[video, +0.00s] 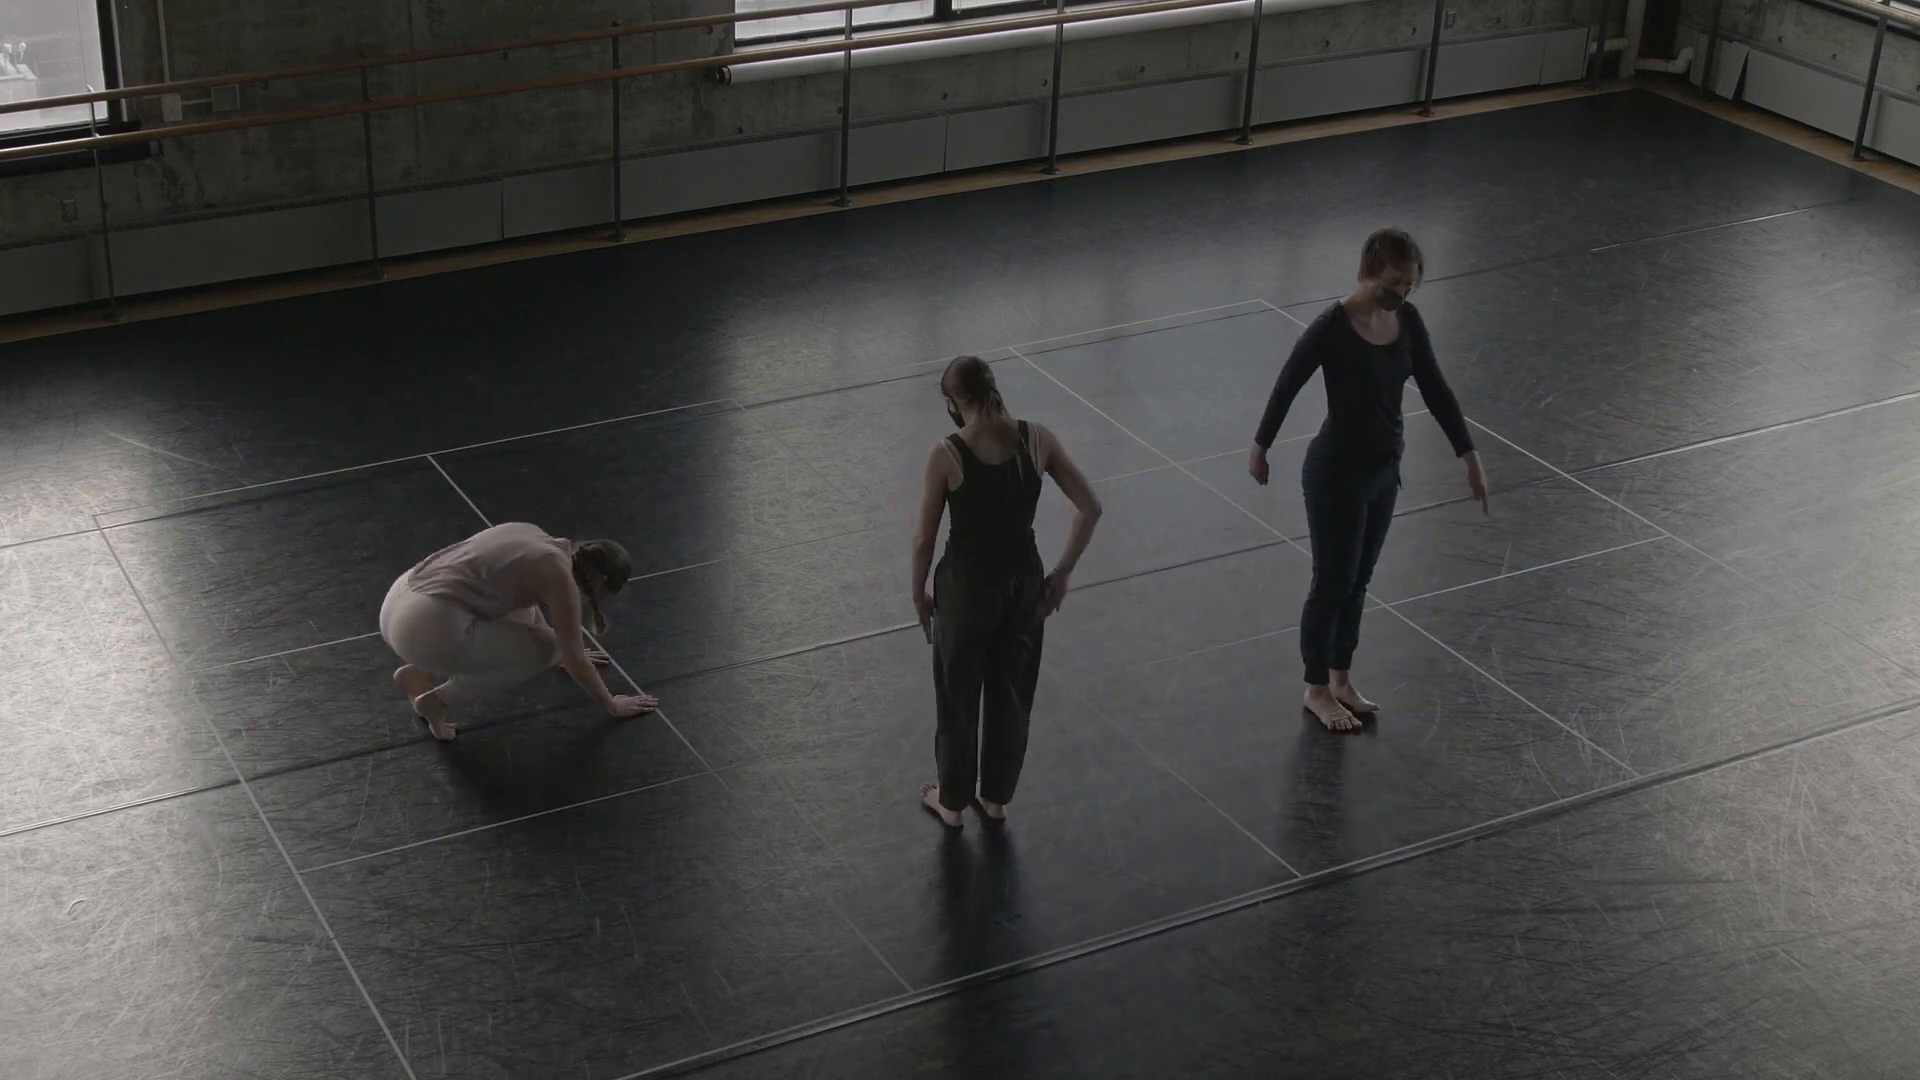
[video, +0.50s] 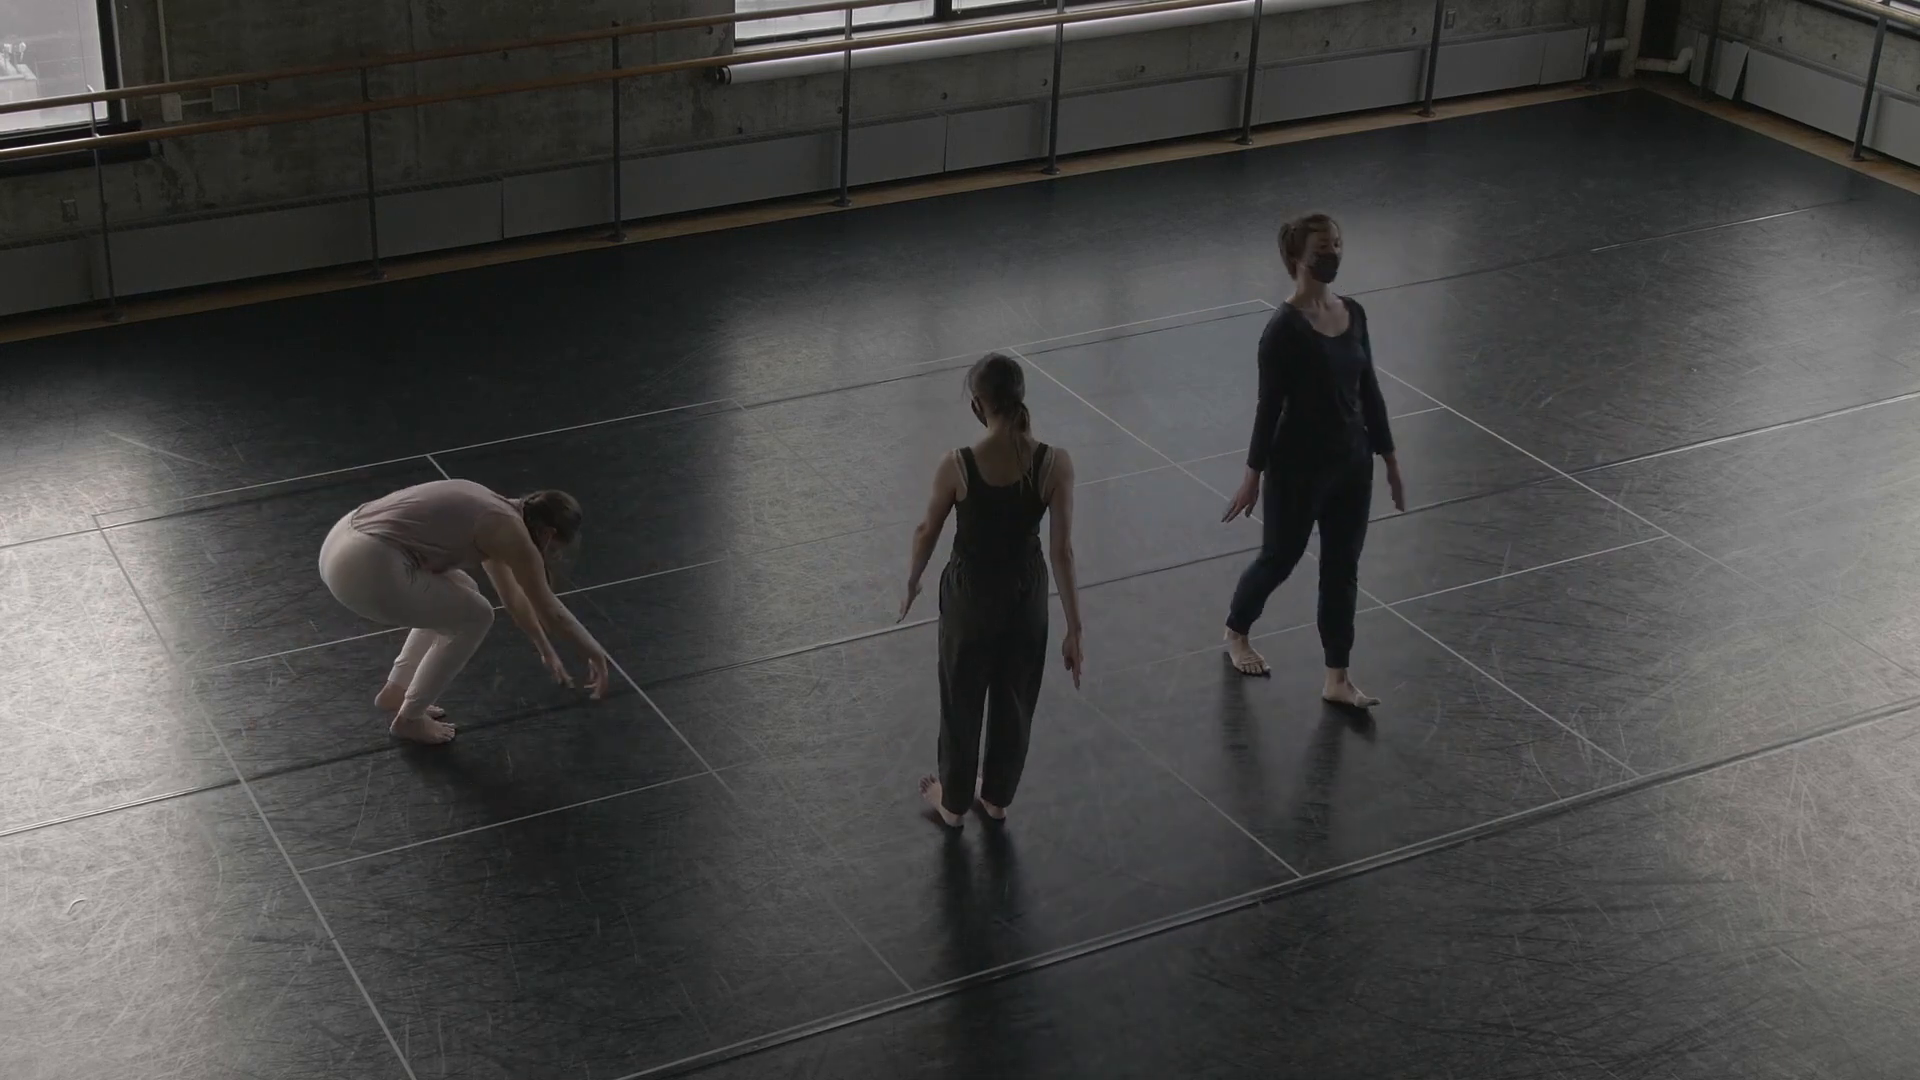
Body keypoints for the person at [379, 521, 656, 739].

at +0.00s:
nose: (595, 599)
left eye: (602, 595)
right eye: (600, 593)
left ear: (583, 549)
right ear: (593, 579)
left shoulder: (527, 534)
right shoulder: (557, 574)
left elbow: (530, 614)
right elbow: (575, 659)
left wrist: (572, 654)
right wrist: (610, 703)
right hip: (428, 628)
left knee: (525, 620)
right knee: (544, 651)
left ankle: (422, 675)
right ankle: (438, 702)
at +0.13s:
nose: (573, 606)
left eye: (580, 602)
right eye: (579, 600)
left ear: (559, 557)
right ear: (573, 586)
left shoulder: (510, 545)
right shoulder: (536, 585)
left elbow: (524, 618)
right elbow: (566, 667)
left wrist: (566, 657)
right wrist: (612, 703)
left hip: (380, 618)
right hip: (408, 647)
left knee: (507, 626)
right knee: (532, 647)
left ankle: (414, 679)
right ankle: (427, 703)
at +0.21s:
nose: (565, 604)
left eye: (571, 599)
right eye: (570, 597)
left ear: (551, 554)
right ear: (563, 580)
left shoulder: (509, 544)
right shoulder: (528, 579)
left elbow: (527, 615)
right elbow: (566, 660)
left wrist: (570, 656)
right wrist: (616, 702)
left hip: (366, 598)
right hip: (391, 626)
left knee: (499, 616)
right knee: (511, 638)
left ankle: (411, 679)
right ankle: (421, 709)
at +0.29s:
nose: (559, 593)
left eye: (565, 588)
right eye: (563, 586)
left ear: (543, 544)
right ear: (555, 572)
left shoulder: (502, 537)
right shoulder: (517, 571)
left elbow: (531, 601)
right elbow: (569, 651)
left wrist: (583, 648)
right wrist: (627, 696)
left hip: (355, 582)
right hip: (380, 609)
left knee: (485, 606)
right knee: (499, 629)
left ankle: (405, 681)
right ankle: (418, 712)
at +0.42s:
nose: (551, 573)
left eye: (556, 568)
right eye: (556, 565)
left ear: (532, 525)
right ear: (547, 549)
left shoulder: (490, 524)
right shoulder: (509, 546)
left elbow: (520, 604)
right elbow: (563, 623)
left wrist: (563, 648)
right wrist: (617, 665)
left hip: (346, 557)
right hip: (369, 582)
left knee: (472, 596)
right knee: (485, 620)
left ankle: (399, 686)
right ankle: (414, 717)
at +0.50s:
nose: (551, 555)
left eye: (557, 550)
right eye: (556, 548)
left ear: (530, 510)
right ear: (547, 534)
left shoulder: (485, 510)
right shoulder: (508, 529)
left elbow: (512, 595)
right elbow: (549, 608)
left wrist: (547, 652)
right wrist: (597, 652)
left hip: (343, 542)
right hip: (366, 566)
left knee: (463, 590)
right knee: (475, 616)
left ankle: (397, 687)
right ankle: (411, 717)